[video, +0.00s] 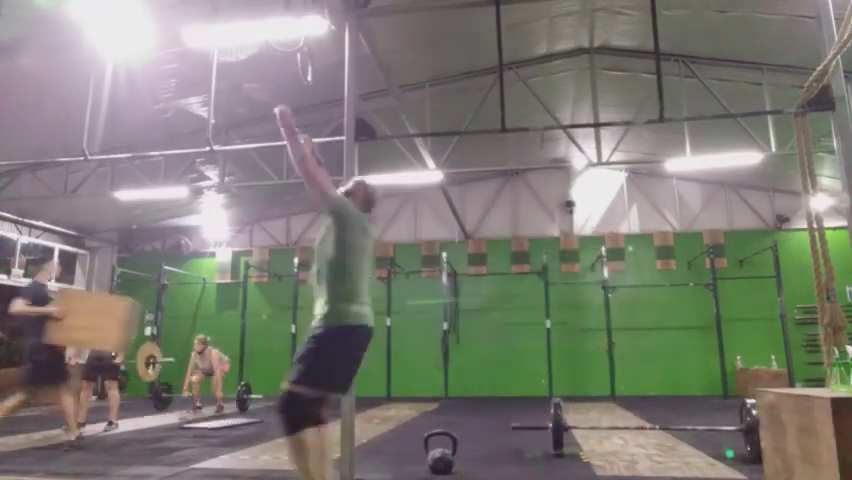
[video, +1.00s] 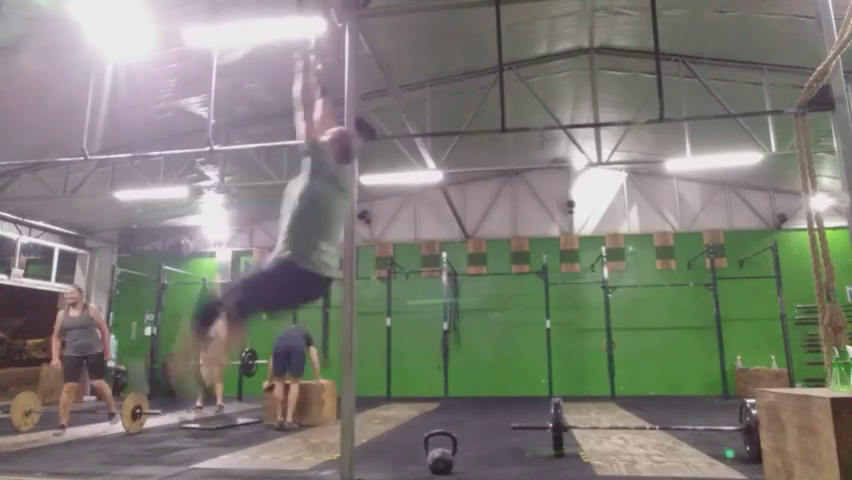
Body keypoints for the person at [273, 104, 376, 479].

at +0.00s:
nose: (343, 188)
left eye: (352, 187)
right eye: (347, 185)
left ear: (363, 202)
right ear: (351, 199)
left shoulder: (352, 219)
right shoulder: (349, 222)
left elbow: (308, 175)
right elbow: (326, 184)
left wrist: (287, 129)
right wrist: (311, 152)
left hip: (342, 325)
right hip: (344, 325)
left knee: (292, 405)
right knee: (315, 407)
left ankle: (308, 473)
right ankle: (322, 472)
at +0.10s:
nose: (323, 121)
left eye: (329, 122)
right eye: (330, 120)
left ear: (331, 135)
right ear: (341, 142)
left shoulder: (316, 150)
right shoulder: (336, 160)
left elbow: (283, 107)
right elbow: (307, 115)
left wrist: (272, 64)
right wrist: (300, 83)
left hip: (311, 257)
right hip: (333, 259)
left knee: (295, 345)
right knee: (316, 345)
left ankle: (307, 443)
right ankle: (326, 435)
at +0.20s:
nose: (311, 135)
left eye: (318, 133)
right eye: (316, 132)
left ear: (324, 141)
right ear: (336, 146)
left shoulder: (314, 162)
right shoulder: (337, 170)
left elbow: (292, 113)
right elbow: (319, 124)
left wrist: (289, 70)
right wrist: (311, 86)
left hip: (314, 269)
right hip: (337, 272)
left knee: (268, 346)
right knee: (288, 348)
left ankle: (247, 431)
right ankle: (272, 431)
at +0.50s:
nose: (270, 141)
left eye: (272, 139)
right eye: (272, 138)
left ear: (274, 150)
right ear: (287, 151)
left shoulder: (268, 171)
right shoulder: (291, 176)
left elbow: (252, 122)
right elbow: (282, 129)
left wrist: (258, 78)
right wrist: (287, 88)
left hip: (259, 276)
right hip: (282, 277)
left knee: (240, 361)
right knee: (260, 364)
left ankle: (249, 452)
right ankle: (255, 448)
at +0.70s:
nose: (351, 133)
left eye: (355, 131)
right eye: (353, 129)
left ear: (359, 138)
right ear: (377, 147)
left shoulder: (348, 158)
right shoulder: (374, 177)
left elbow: (329, 103)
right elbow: (357, 123)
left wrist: (327, 61)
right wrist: (358, 89)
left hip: (288, 237)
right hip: (308, 247)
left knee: (285, 141)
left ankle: (229, 134)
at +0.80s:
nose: (272, 151)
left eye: (276, 148)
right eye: (277, 148)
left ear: (281, 158)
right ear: (290, 160)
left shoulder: (281, 176)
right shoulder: (296, 179)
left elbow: (271, 124)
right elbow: (297, 133)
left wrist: (275, 79)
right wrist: (299, 95)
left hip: (285, 277)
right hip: (300, 275)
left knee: (288, 380)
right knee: (291, 373)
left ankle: (322, 449)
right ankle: (321, 446)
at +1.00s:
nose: (323, 135)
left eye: (330, 135)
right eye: (327, 133)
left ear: (337, 150)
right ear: (343, 154)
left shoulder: (328, 172)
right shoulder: (329, 174)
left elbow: (309, 111)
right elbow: (313, 122)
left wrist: (307, 63)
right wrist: (314, 82)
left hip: (303, 270)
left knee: (234, 304)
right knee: (231, 301)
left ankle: (212, 372)